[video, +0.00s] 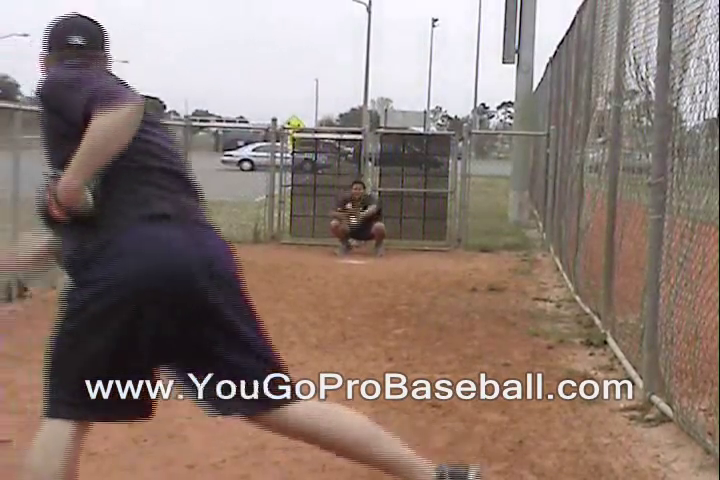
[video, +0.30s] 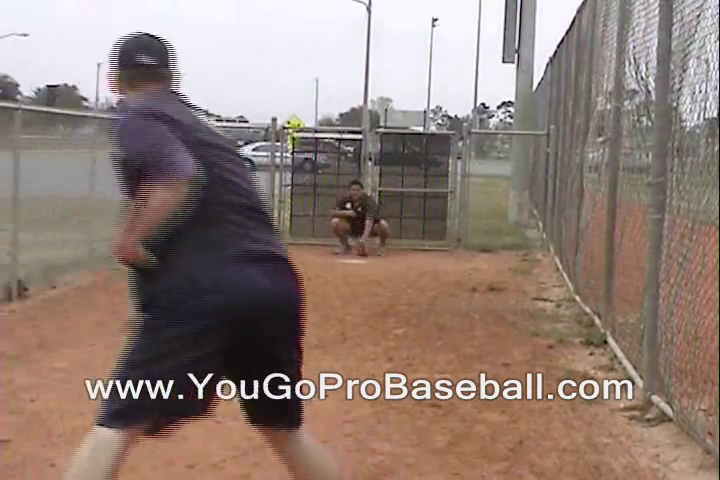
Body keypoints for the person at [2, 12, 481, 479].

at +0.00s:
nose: (40, 62)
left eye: (44, 54)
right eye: (43, 54)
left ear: (57, 52)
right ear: (102, 52)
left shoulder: (63, 78)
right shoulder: (132, 99)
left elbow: (121, 108)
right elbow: (115, 208)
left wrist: (71, 183)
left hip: (126, 257)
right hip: (200, 248)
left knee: (63, 417)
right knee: (272, 401)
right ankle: (429, 472)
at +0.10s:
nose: (64, 70)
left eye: (65, 64)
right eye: (68, 62)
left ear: (70, 64)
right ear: (125, 64)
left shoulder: (84, 88)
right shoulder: (154, 108)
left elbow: (127, 128)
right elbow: (102, 235)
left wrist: (84, 195)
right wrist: (49, 313)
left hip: (155, 265)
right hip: (230, 256)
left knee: (84, 423)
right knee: (284, 403)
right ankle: (380, 470)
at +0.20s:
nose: (82, 77)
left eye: (82, 70)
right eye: (85, 71)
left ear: (85, 71)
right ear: (138, 68)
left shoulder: (101, 97)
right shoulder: (169, 114)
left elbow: (140, 143)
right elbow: (146, 227)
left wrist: (96, 206)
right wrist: (92, 308)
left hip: (170, 267)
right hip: (244, 264)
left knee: (95, 424)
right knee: (293, 413)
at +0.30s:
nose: (113, 84)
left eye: (114, 77)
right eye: (115, 77)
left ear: (117, 80)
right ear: (170, 77)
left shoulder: (137, 118)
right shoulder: (203, 126)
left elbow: (179, 175)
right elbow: (237, 206)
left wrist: (133, 234)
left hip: (200, 287)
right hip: (273, 281)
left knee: (113, 432)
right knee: (285, 428)